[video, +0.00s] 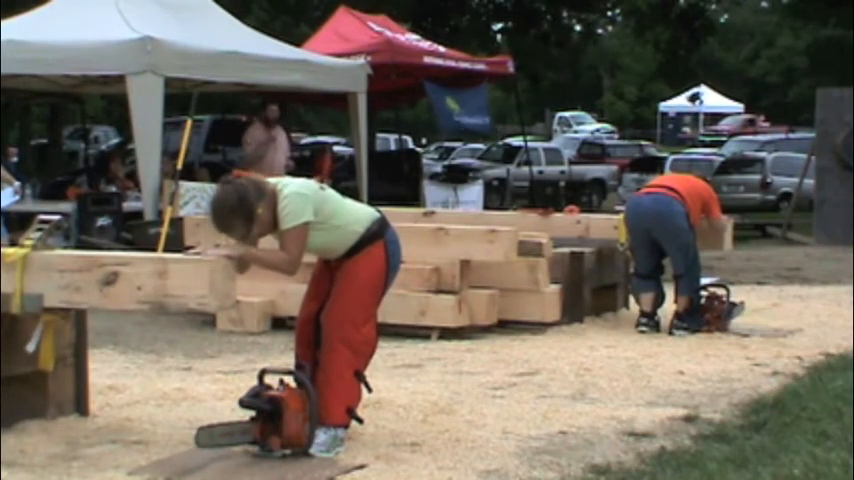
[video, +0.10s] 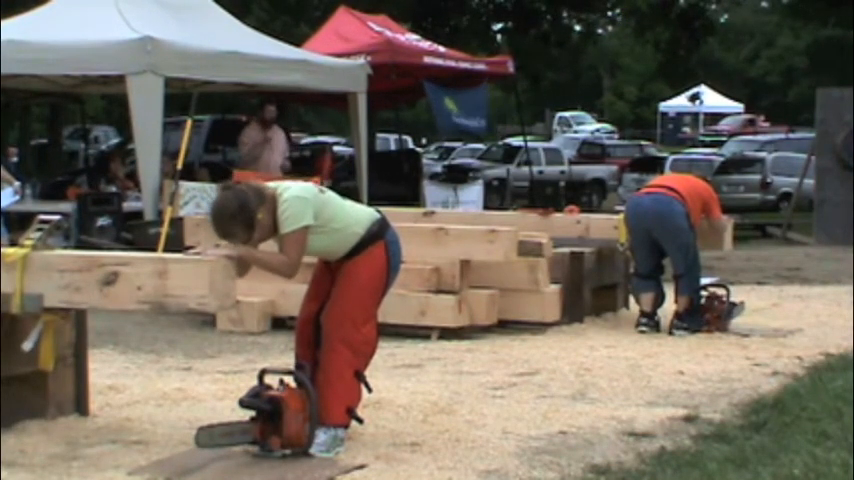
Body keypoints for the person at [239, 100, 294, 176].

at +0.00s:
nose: (274, 115)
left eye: (276, 112)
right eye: (271, 112)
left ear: (279, 114)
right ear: (264, 113)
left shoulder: (280, 132)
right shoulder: (253, 131)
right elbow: (248, 158)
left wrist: (287, 163)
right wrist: (266, 143)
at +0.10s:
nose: (271, 115)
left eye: (273, 112)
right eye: (268, 112)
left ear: (276, 114)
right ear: (261, 113)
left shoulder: (279, 133)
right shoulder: (250, 131)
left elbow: (284, 157)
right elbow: (244, 157)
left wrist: (286, 165)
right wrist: (262, 143)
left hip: (275, 176)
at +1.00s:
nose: (272, 116)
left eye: (274, 112)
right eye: (269, 112)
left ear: (277, 114)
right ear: (262, 113)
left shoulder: (285, 133)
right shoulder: (250, 132)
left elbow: (293, 154)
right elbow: (243, 157)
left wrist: (284, 165)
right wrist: (258, 143)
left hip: (277, 178)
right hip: (253, 177)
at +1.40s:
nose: (279, 122)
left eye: (282, 119)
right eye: (276, 119)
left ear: (286, 118)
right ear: (271, 118)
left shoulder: (295, 133)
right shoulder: (259, 133)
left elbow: (304, 154)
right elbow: (250, 160)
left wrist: (294, 166)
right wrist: (264, 149)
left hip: (287, 180)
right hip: (263, 179)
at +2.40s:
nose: (270, 119)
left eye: (273, 116)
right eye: (268, 116)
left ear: (277, 115)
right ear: (263, 115)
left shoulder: (285, 131)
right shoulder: (251, 130)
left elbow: (294, 152)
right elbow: (241, 155)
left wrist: (287, 164)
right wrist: (257, 146)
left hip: (278, 177)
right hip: (254, 176)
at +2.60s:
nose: (266, 119)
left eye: (268, 116)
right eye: (263, 115)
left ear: (272, 115)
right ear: (257, 114)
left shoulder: (279, 132)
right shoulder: (246, 131)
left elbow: (288, 152)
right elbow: (236, 156)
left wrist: (282, 165)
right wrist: (252, 147)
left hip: (273, 177)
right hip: (249, 177)